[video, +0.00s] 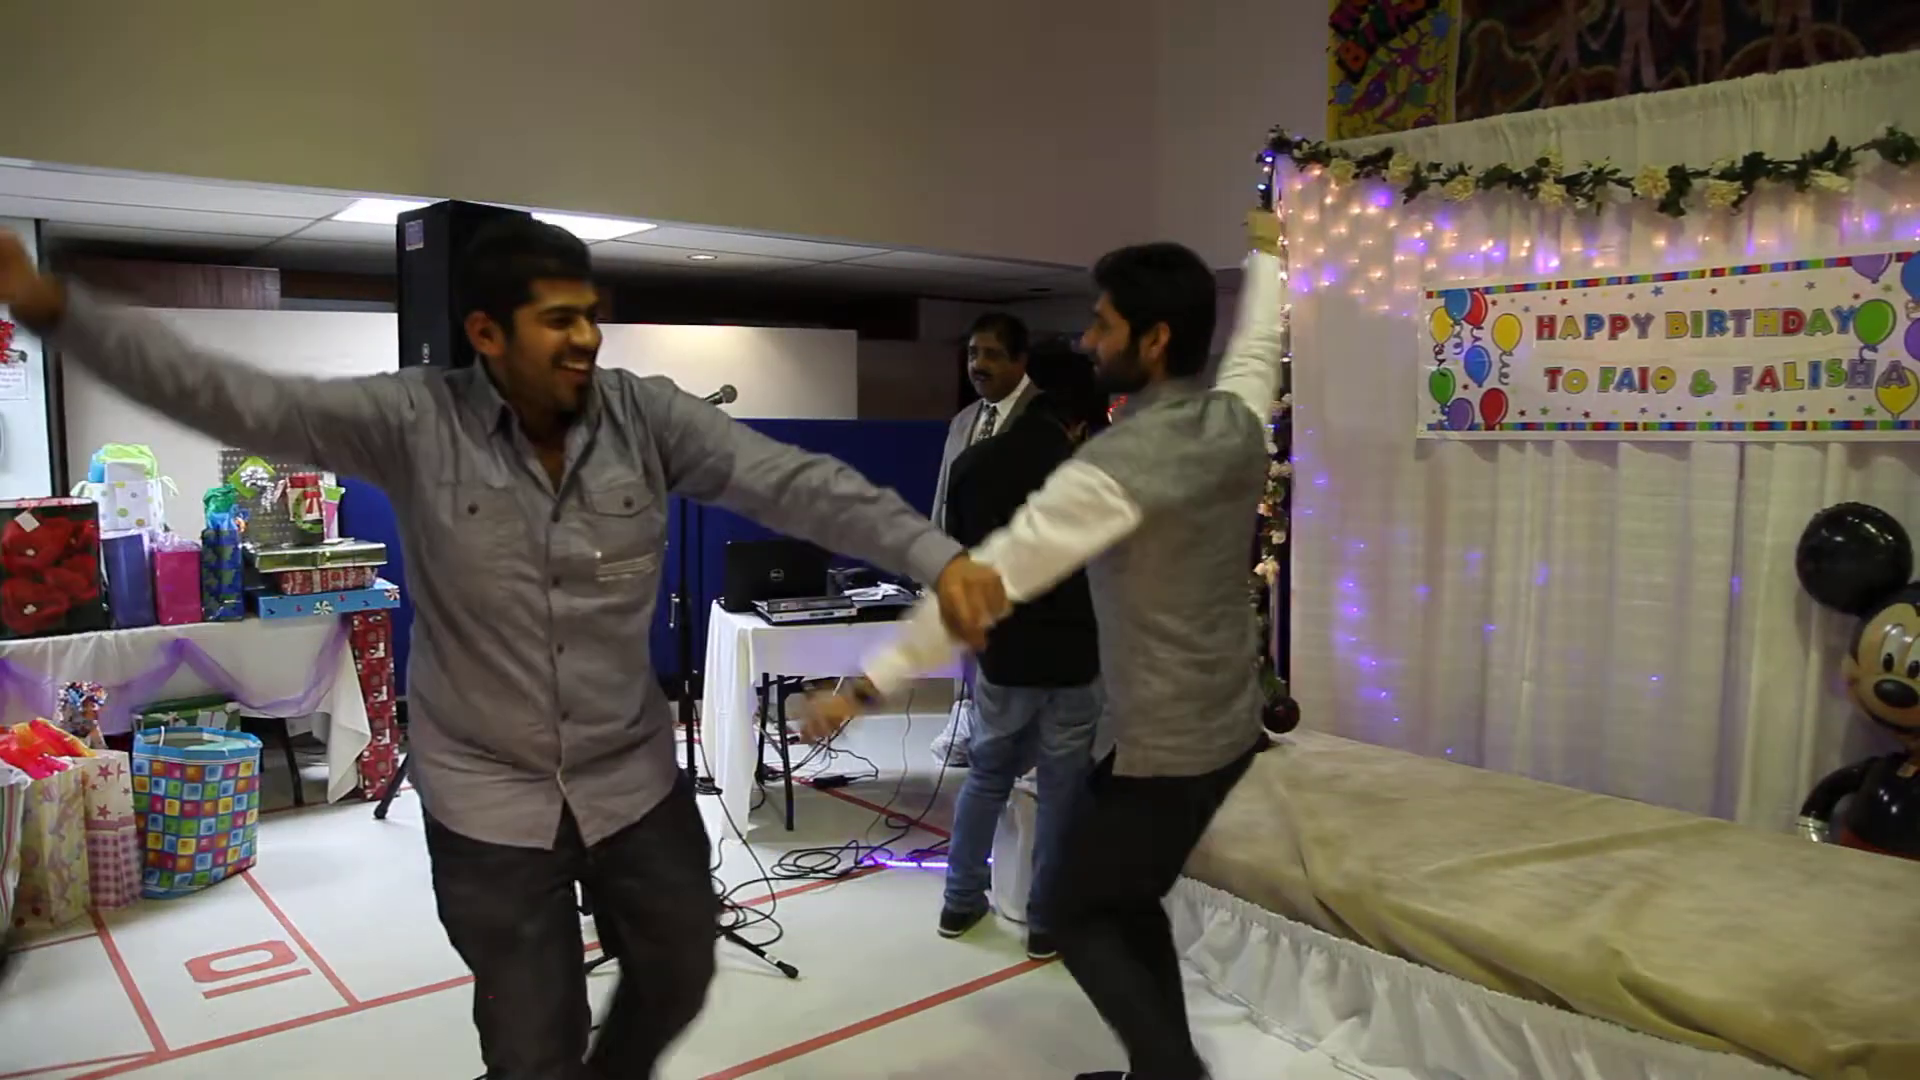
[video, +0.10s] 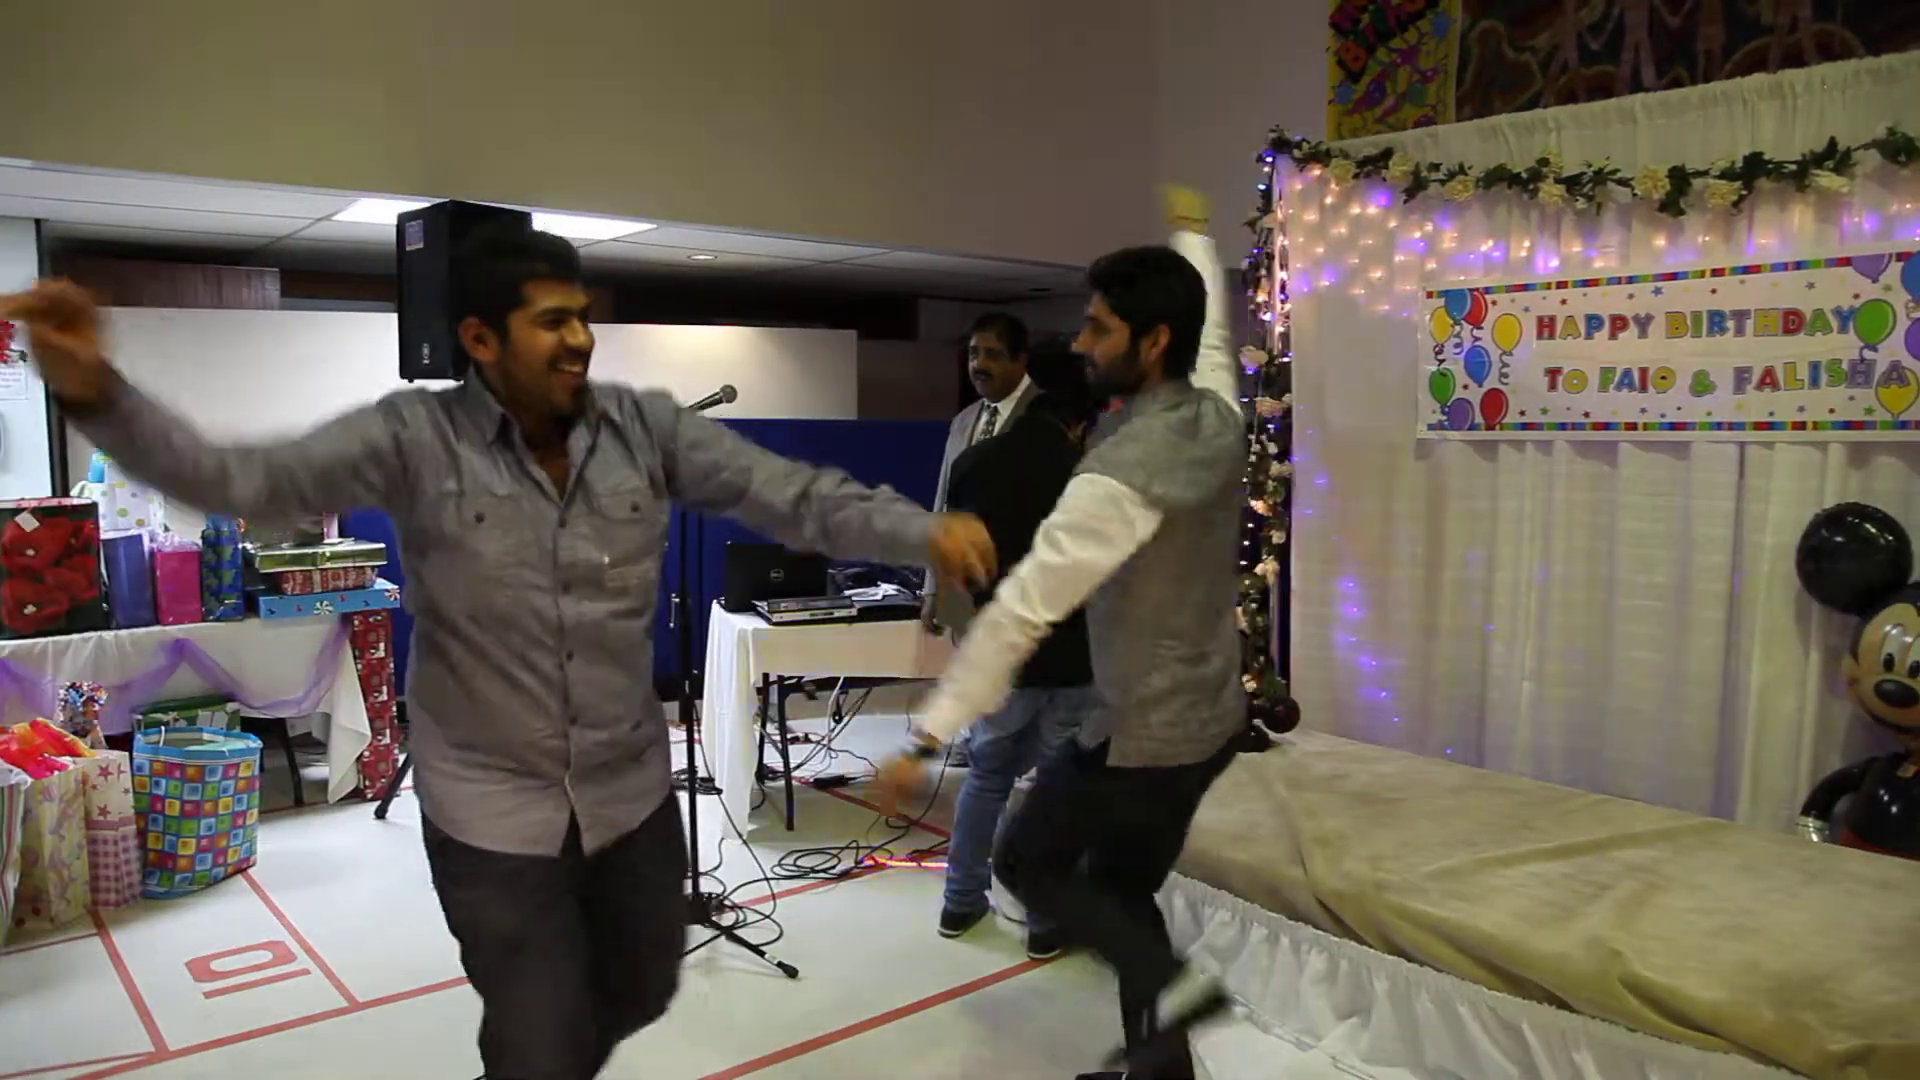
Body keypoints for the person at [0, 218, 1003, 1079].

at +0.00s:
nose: (585, 341)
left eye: (594, 319)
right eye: (559, 320)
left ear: (603, 324)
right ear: (485, 332)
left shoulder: (645, 415)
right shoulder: (410, 421)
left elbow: (794, 483)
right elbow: (229, 393)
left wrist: (939, 557)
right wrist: (59, 309)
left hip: (630, 775)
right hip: (484, 796)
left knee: (679, 977)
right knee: (539, 1048)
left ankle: (605, 1073)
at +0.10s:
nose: (580, 344)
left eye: (586, 321)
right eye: (553, 324)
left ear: (594, 328)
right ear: (480, 338)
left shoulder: (643, 428)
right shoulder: (413, 438)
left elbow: (795, 495)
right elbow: (239, 479)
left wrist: (929, 532)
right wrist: (102, 396)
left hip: (628, 789)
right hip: (487, 809)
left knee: (643, 990)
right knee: (546, 1045)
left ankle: (528, 1062)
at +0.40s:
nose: (587, 322)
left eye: (591, 301)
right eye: (560, 305)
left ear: (601, 317)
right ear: (486, 329)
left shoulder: (650, 410)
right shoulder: (406, 429)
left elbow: (824, 417)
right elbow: (214, 408)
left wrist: (988, 385)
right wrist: (118, 249)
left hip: (642, 785)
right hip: (494, 810)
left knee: (679, 987)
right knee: (538, 1057)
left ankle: (548, 977)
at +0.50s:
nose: (599, 330)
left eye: (602, 309)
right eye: (572, 312)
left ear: (604, 324)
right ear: (494, 331)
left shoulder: (653, 415)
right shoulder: (416, 423)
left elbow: (835, 409)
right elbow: (246, 370)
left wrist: (1019, 401)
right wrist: (108, 232)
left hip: (649, 782)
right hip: (499, 809)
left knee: (711, 979)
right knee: (537, 1060)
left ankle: (621, 998)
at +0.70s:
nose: (628, 338)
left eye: (631, 318)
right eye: (601, 321)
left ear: (630, 336)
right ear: (524, 341)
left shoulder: (684, 439)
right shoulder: (445, 433)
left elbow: (852, 506)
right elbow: (284, 409)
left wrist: (1032, 556)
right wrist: (171, 286)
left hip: (672, 793)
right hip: (520, 816)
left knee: (768, 1034)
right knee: (553, 1062)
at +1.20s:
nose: (674, 343)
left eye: (677, 323)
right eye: (647, 326)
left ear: (682, 330)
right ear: (568, 345)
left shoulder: (716, 429)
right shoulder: (498, 441)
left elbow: (875, 436)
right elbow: (355, 439)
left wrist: (1039, 422)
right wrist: (239, 358)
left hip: (693, 805)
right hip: (553, 838)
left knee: (809, 1034)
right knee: (598, 1070)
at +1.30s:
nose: (648, 340)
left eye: (651, 320)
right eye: (621, 319)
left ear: (653, 336)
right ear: (543, 336)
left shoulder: (677, 423)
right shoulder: (488, 439)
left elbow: (827, 419)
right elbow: (387, 469)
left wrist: (989, 401)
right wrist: (286, 437)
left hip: (660, 788)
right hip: (531, 827)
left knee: (775, 974)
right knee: (587, 1061)